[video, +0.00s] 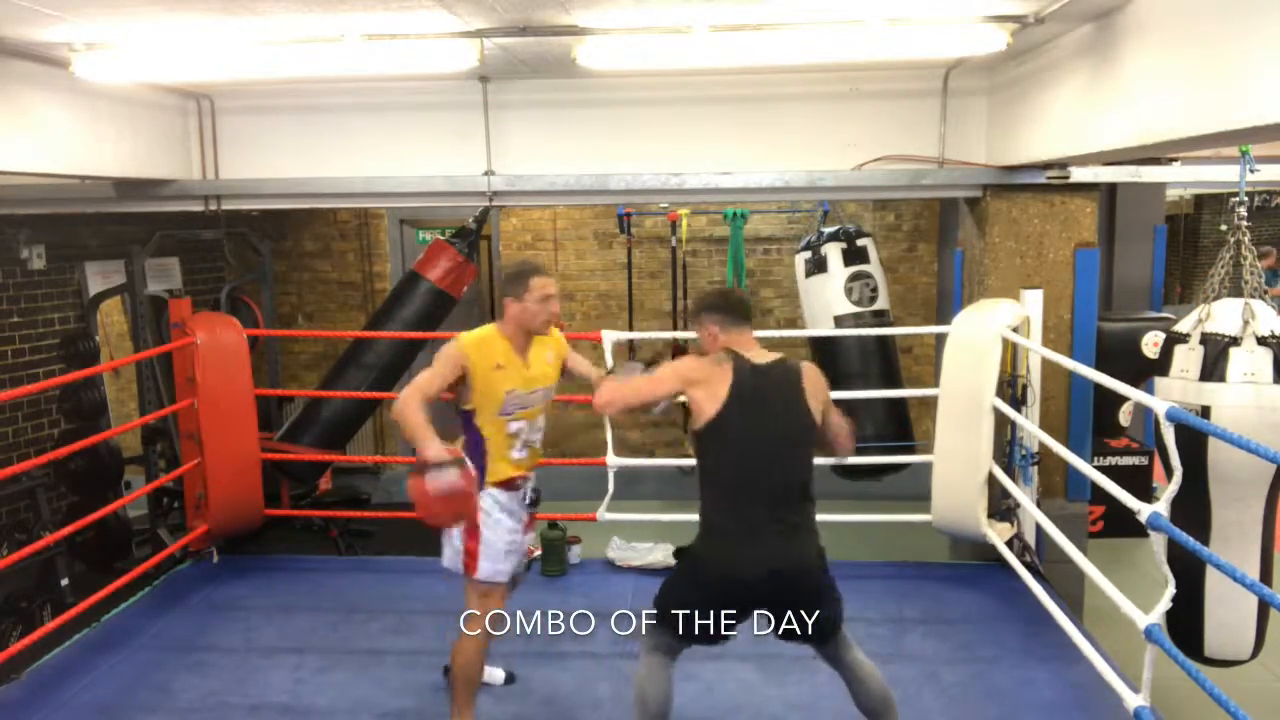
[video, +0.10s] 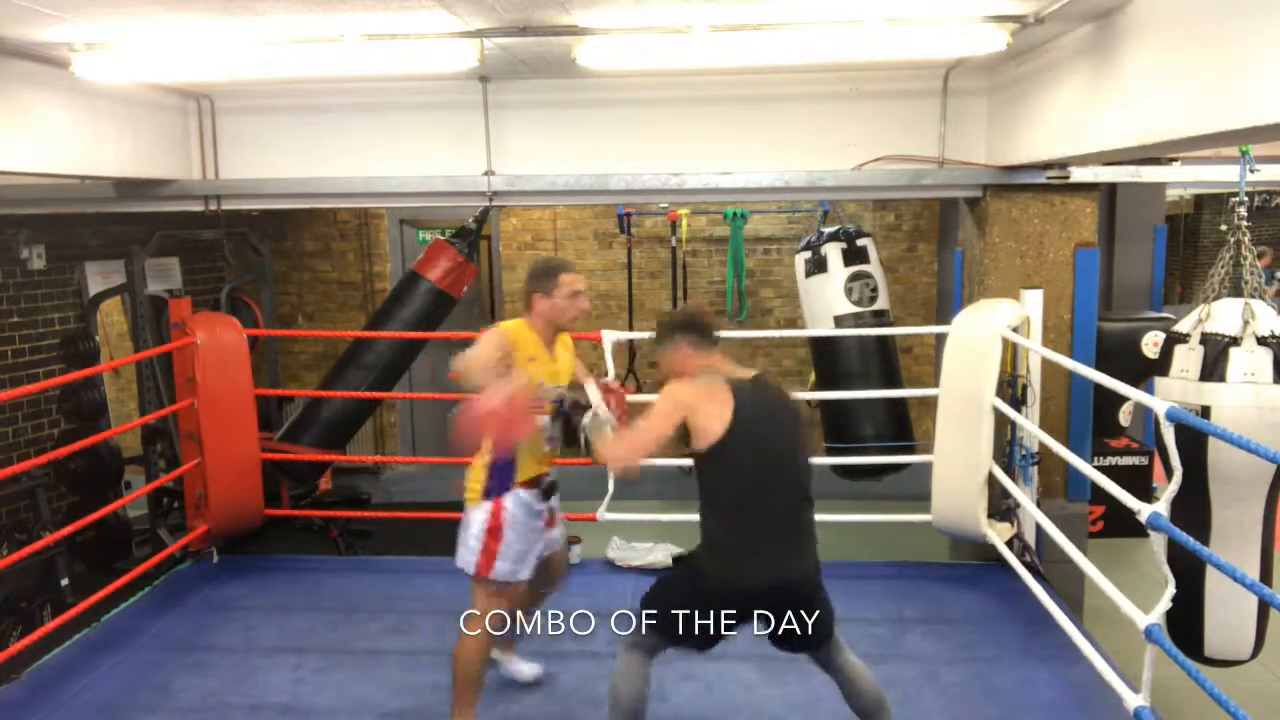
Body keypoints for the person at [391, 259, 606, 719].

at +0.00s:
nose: (556, 308)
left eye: (556, 298)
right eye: (545, 300)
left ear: (552, 301)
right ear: (512, 305)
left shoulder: (552, 343)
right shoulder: (470, 347)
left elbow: (597, 379)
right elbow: (407, 401)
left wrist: (635, 396)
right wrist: (432, 446)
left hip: (521, 489)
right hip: (483, 494)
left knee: (499, 590)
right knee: (485, 612)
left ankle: (463, 660)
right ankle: (462, 713)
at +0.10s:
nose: (584, 303)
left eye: (584, 294)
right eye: (574, 295)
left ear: (559, 303)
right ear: (541, 300)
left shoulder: (563, 347)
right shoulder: (505, 338)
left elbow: (584, 391)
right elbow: (465, 371)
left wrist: (605, 398)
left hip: (538, 482)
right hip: (499, 489)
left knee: (550, 570)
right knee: (488, 611)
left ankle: (500, 643)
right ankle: (463, 712)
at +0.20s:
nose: (605, 308)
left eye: (606, 298)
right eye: (594, 299)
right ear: (561, 302)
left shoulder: (584, 350)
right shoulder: (534, 338)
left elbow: (596, 397)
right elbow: (597, 323)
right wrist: (651, 310)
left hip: (569, 488)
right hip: (523, 494)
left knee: (582, 568)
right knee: (500, 606)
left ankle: (581, 656)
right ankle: (466, 711)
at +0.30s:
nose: (630, 311)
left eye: (631, 302)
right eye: (619, 302)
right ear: (585, 305)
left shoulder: (611, 348)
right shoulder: (565, 338)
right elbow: (653, 335)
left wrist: (646, 360)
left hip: (595, 487)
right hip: (553, 491)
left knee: (616, 578)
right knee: (519, 606)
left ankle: (638, 658)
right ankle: (470, 709)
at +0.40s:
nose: (657, 309)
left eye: (658, 301)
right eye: (648, 302)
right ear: (615, 306)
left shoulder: (639, 345)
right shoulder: (598, 343)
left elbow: (669, 381)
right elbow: (677, 382)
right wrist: (737, 390)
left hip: (629, 488)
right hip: (586, 491)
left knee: (651, 568)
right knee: (568, 603)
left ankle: (646, 660)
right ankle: (493, 699)